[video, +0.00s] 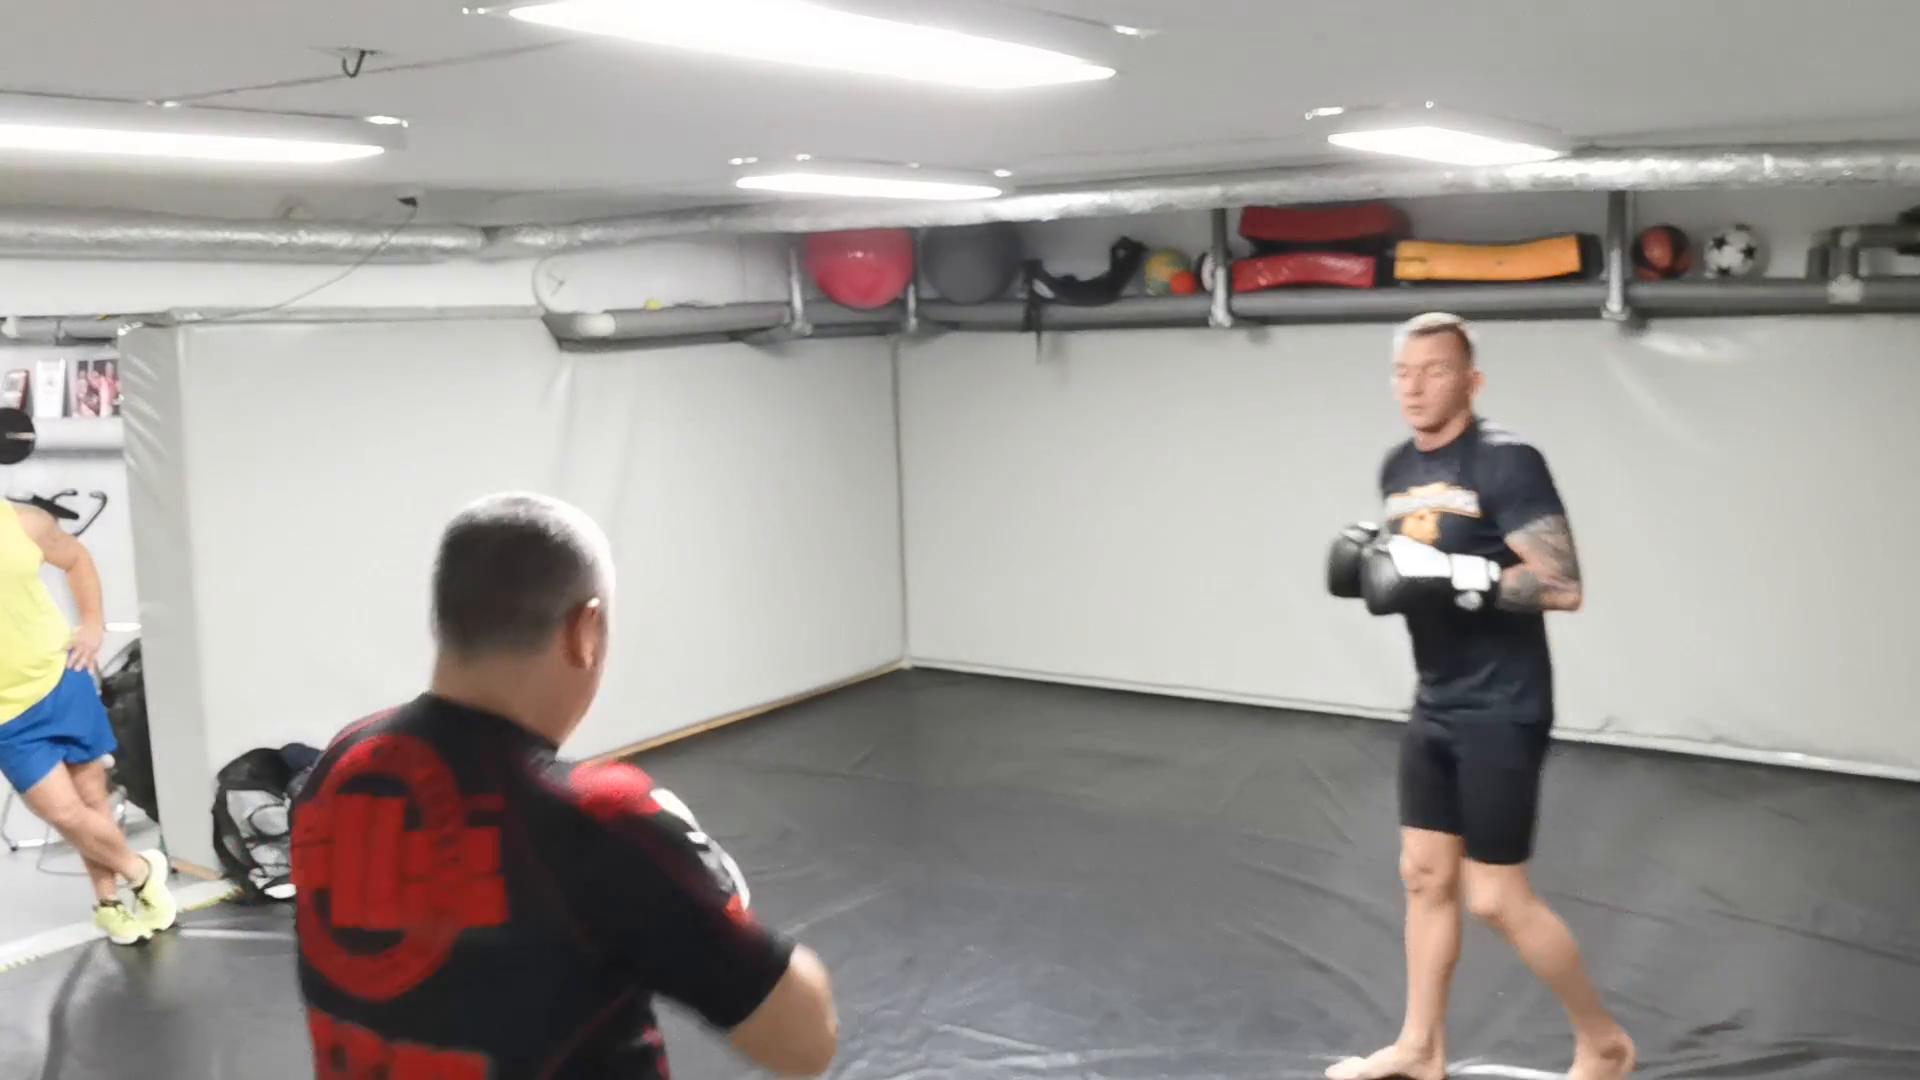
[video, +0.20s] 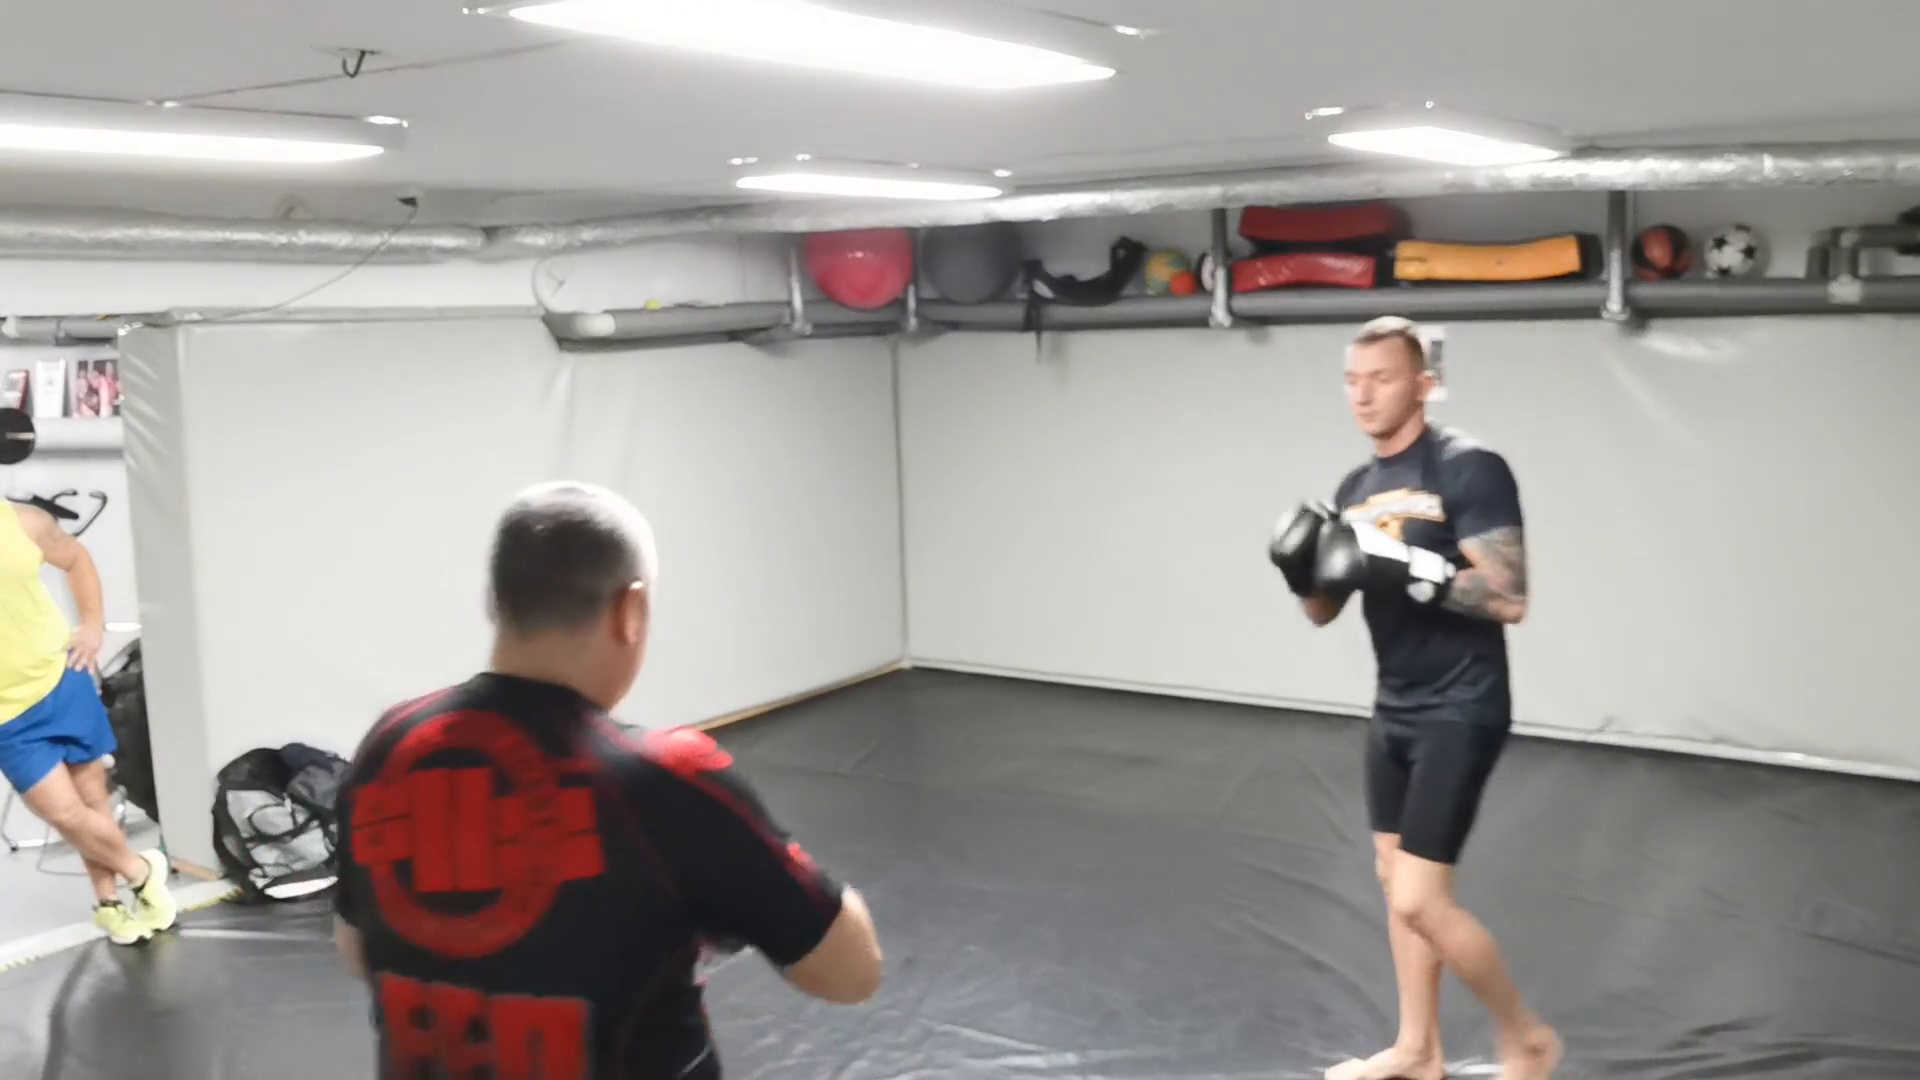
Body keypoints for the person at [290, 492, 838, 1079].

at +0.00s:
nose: (605, 661)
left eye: (611, 634)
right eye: (610, 633)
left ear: (445, 618)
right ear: (586, 635)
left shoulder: (335, 773)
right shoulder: (597, 819)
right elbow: (804, 1043)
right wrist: (716, 887)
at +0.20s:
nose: (651, 637)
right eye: (653, 612)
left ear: (495, 605)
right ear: (629, 616)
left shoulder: (389, 748)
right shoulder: (662, 780)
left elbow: (362, 952)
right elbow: (853, 971)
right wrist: (737, 880)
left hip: (424, 1073)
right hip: (638, 1067)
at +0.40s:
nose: (715, 623)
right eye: (718, 601)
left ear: (575, 595)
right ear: (703, 603)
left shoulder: (465, 728)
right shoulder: (741, 758)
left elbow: (416, 925)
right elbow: (904, 924)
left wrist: (552, 882)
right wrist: (811, 815)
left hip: (503, 1066)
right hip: (696, 1063)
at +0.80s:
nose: (781, 575)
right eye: (784, 555)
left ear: (659, 541)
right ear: (764, 553)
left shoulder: (554, 661)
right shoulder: (788, 686)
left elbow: (476, 832)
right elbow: (914, 873)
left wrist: (606, 834)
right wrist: (832, 815)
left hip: (594, 1034)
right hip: (741, 1039)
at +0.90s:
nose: (788, 587)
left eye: (794, 569)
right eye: (792, 567)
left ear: (680, 544)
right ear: (769, 561)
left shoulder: (565, 666)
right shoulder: (772, 691)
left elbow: (506, 839)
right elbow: (869, 897)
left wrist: (617, 862)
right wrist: (883, 854)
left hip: (591, 1019)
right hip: (725, 1033)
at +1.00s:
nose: (795, 595)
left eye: (802, 575)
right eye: (801, 573)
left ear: (693, 546)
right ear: (774, 567)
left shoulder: (592, 653)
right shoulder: (744, 691)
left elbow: (546, 833)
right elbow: (798, 898)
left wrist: (655, 884)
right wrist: (887, 938)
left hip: (583, 991)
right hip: (694, 1024)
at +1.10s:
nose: (795, 586)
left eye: (802, 566)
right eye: (799, 565)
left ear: (693, 536)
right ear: (769, 556)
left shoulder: (609, 636)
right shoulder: (730, 676)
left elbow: (628, 826)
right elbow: (760, 893)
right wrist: (847, 999)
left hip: (582, 975)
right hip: (674, 1007)